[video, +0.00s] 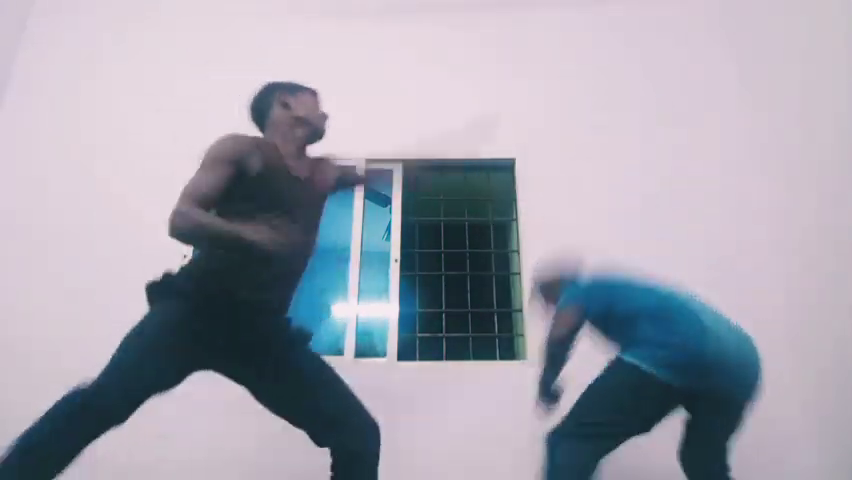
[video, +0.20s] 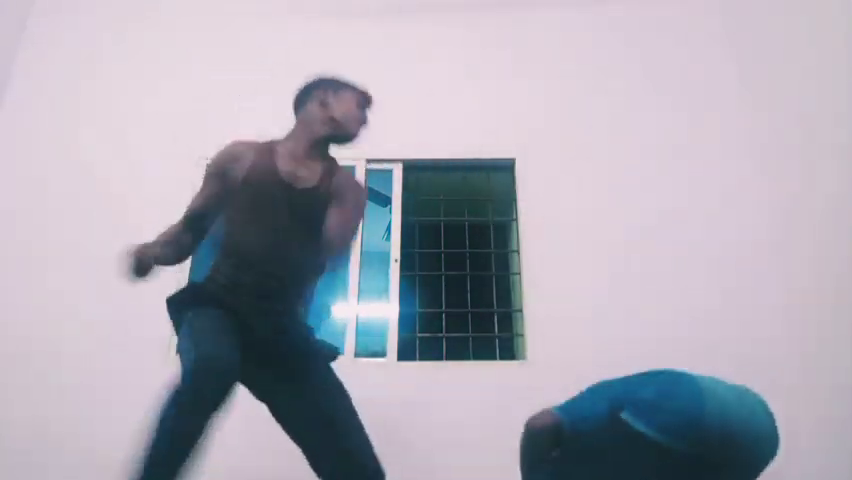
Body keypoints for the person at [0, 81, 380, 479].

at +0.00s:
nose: (323, 108)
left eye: (320, 101)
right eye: (312, 100)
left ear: (296, 112)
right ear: (283, 107)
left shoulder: (325, 174)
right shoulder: (237, 151)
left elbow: (379, 179)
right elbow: (182, 220)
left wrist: (367, 181)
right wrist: (253, 233)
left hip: (262, 333)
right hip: (191, 318)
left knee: (359, 436)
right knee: (102, 405)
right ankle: (14, 471)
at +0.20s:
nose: (365, 113)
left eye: (366, 109)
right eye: (359, 102)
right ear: (320, 102)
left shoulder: (346, 191)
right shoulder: (240, 158)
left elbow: (325, 255)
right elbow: (189, 231)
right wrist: (154, 252)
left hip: (279, 327)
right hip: (214, 311)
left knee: (357, 467)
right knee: (212, 371)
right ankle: (155, 473)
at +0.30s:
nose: (355, 93)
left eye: (357, 86)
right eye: (350, 80)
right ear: (310, 75)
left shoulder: (333, 177)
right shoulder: (227, 137)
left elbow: (331, 262)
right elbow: (173, 193)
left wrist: (310, 310)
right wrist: (136, 233)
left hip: (273, 317)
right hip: (202, 304)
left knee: (348, 455)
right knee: (210, 392)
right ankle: (161, 476)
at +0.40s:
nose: (343, 30)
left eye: (343, 19)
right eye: (335, 14)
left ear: (302, 19)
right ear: (298, 13)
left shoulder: (311, 116)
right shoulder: (218, 59)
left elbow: (333, 199)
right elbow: (128, 105)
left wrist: (352, 215)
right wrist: (142, 106)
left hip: (248, 247)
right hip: (184, 238)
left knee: (324, 380)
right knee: (183, 374)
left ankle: (315, 475)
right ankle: (135, 472)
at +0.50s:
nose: (334, 3)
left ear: (311, 3)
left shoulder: (304, 77)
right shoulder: (225, 15)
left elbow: (323, 170)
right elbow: (123, 54)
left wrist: (364, 172)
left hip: (235, 207)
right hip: (171, 190)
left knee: (310, 344)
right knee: (150, 326)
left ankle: (264, 473)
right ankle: (89, 466)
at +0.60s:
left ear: (283, 1)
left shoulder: (285, 54)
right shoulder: (203, 9)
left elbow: (285, 154)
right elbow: (118, 24)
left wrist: (329, 122)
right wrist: (213, 14)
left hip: (209, 185)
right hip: (148, 158)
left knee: (267, 337)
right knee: (97, 291)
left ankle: (225, 473)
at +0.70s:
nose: (259, 7)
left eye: (262, 5)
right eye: (252, 2)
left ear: (268, 2)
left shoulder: (269, 60)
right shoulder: (190, 9)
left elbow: (255, 161)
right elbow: (116, 35)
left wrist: (300, 119)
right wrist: (223, 34)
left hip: (190, 200)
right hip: (130, 169)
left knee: (225, 371)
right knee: (61, 304)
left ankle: (182, 473)